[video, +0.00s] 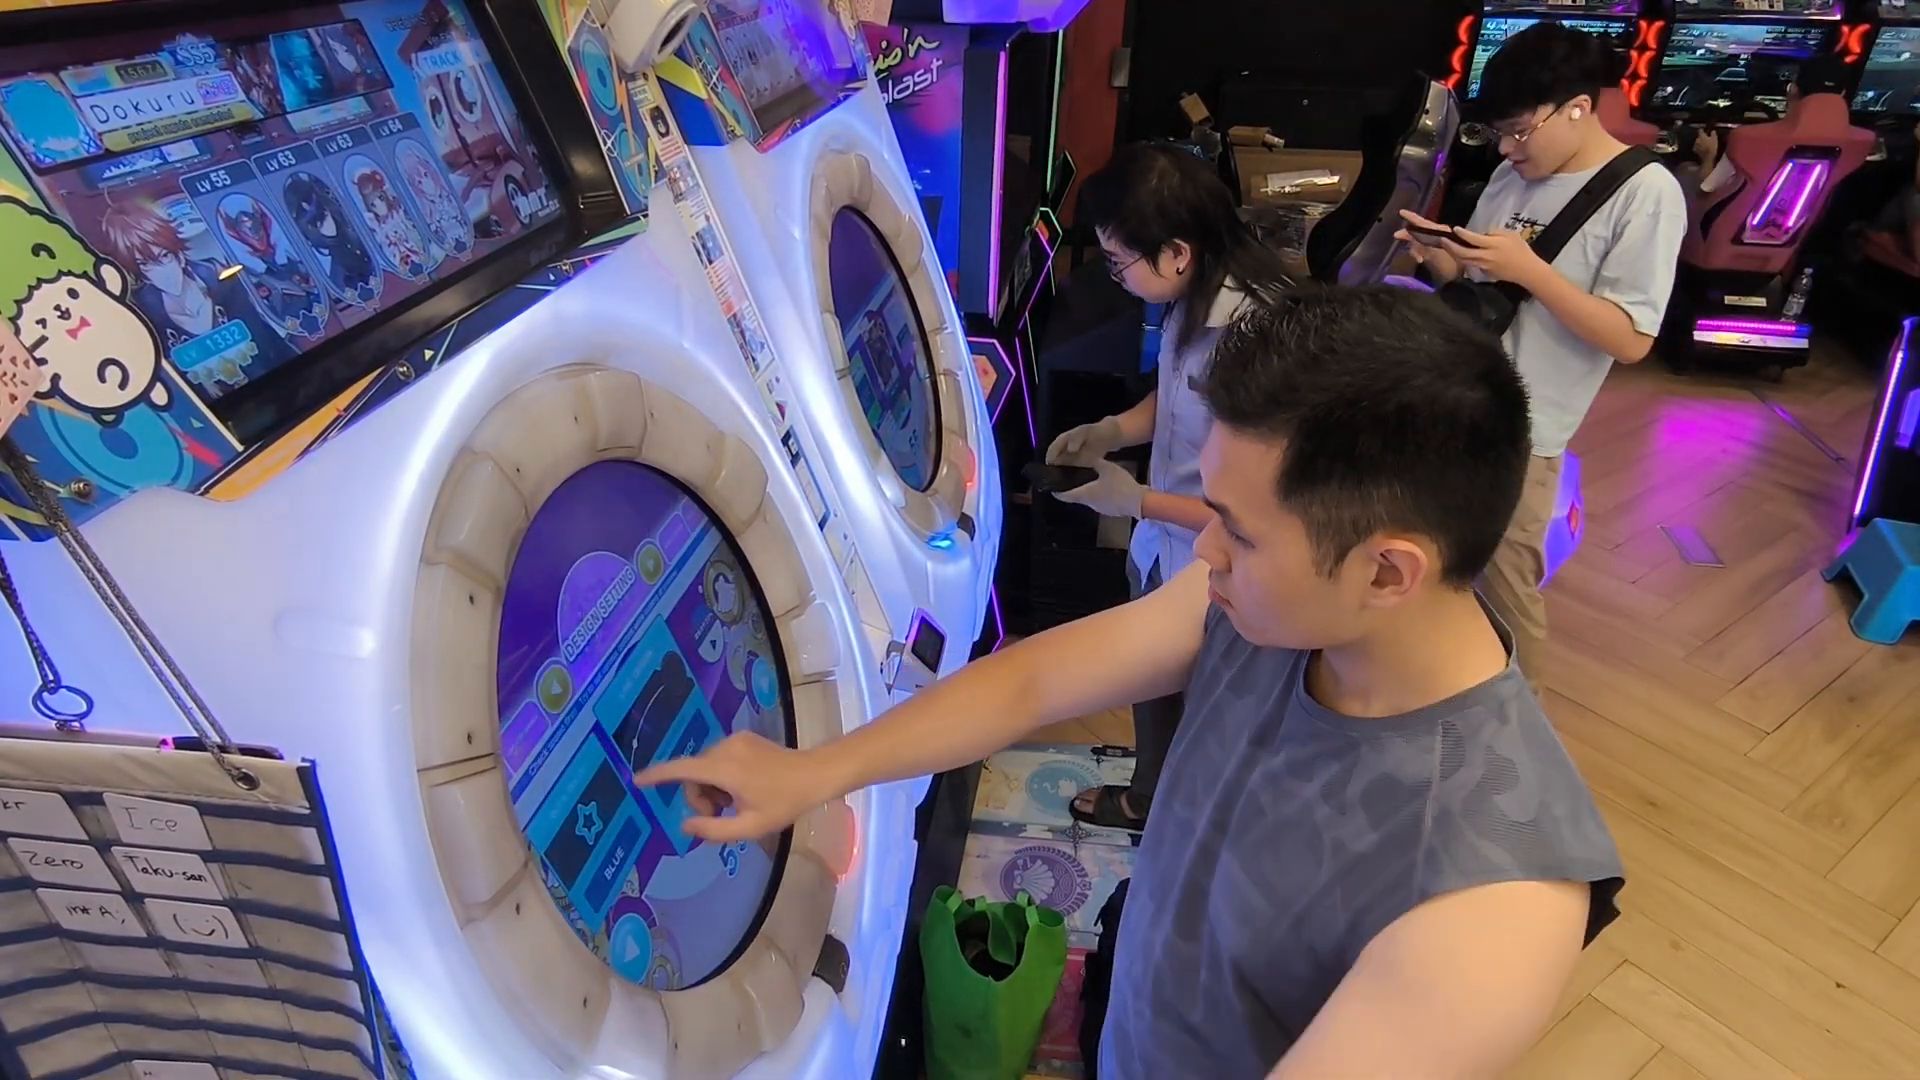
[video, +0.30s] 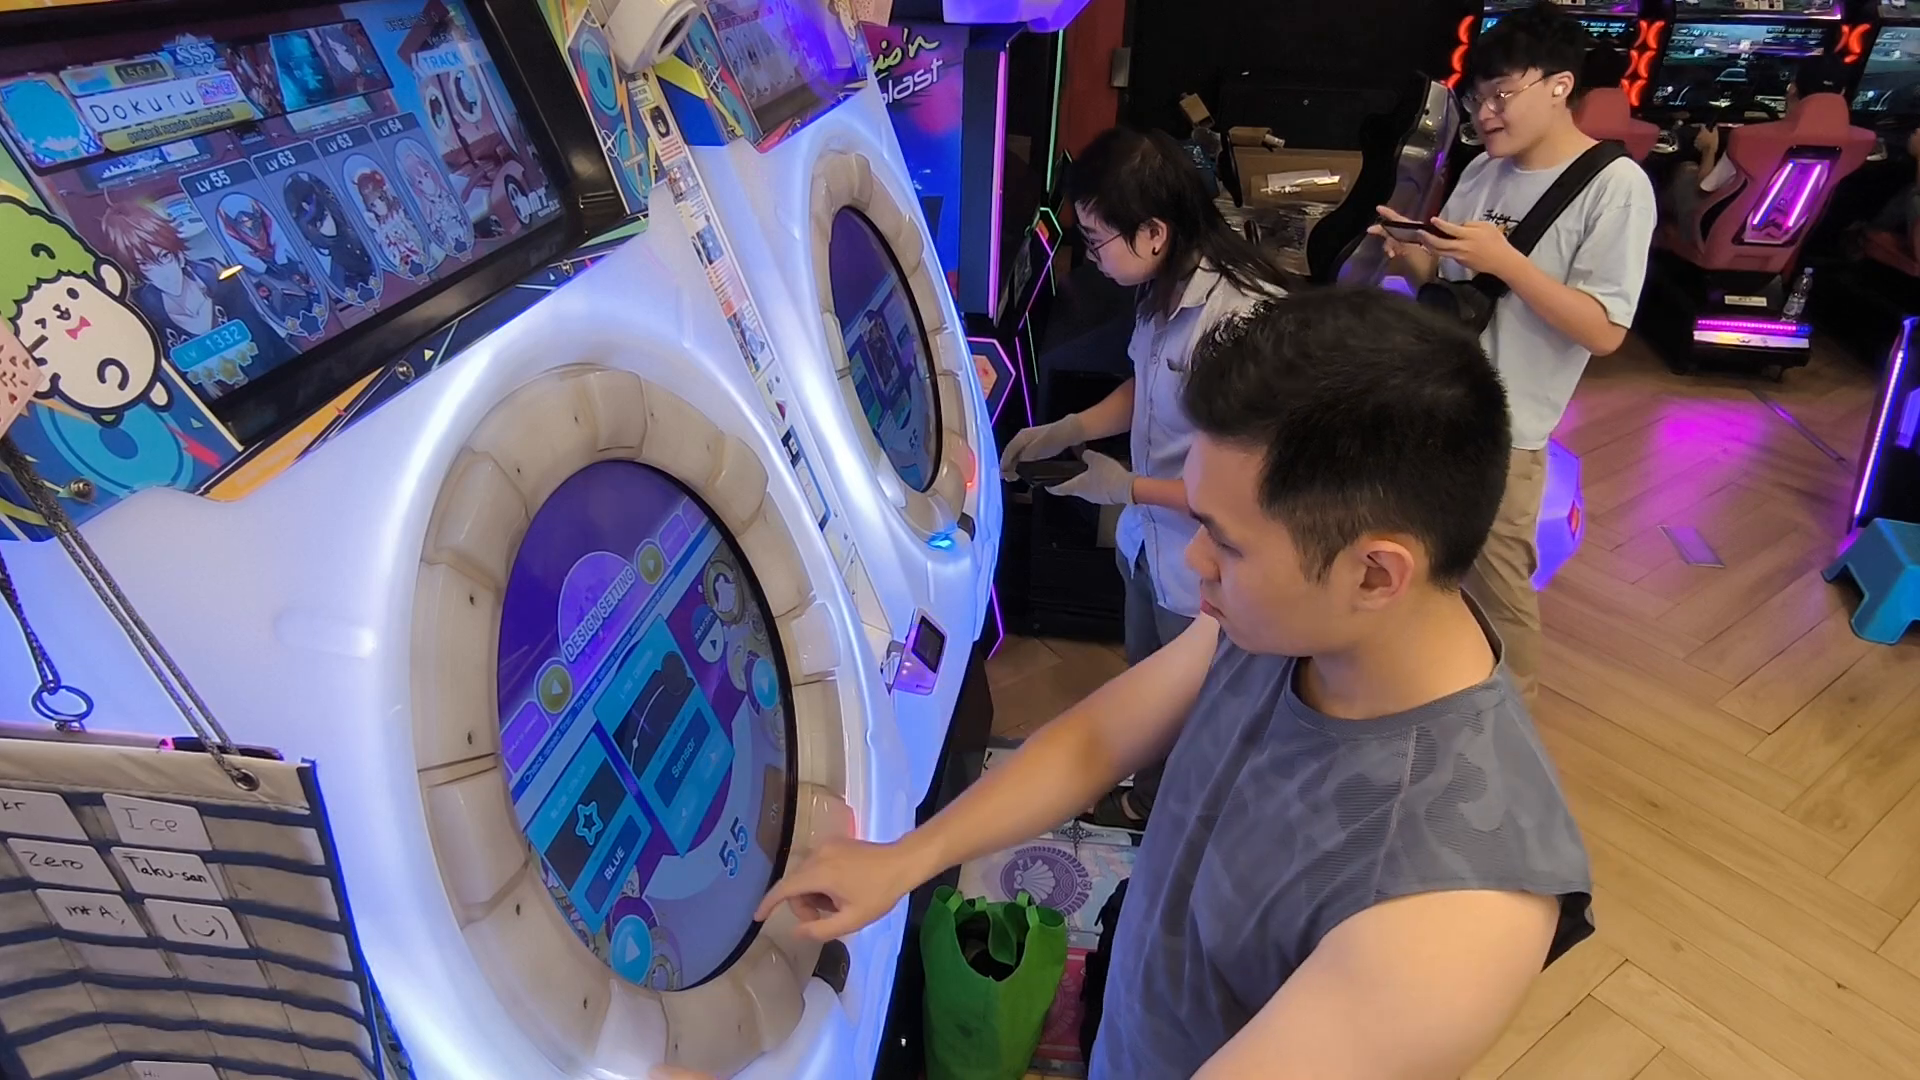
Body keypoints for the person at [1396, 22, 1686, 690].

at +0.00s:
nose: (1507, 150)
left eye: (1519, 132)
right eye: (1500, 135)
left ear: (1579, 109)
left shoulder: (1648, 192)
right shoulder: (1510, 173)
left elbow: (1632, 337)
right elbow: (1468, 284)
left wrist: (1527, 269)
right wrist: (1437, 258)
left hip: (1525, 442)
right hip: (1446, 413)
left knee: (1504, 604)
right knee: (1416, 588)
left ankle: (1507, 739)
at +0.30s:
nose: (1485, 114)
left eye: (1501, 95)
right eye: (1479, 101)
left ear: (1559, 88)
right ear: (1472, 107)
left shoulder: (1619, 186)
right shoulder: (1483, 172)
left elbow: (1604, 331)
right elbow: (1429, 269)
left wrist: (1503, 261)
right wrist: (1405, 250)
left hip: (1509, 436)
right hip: (1427, 414)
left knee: (1499, 597)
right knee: (1407, 578)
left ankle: (1504, 722)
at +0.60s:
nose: (1476, 108)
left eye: (1493, 91)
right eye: (1470, 94)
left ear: (1551, 87)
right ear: (1464, 97)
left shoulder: (1608, 183)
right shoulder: (1471, 170)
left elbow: (1596, 327)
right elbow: (1425, 271)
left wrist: (1497, 259)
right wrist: (1403, 254)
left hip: (1503, 434)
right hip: (1418, 410)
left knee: (1485, 589)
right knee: (1397, 578)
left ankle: (1494, 710)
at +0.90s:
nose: (1501, 107)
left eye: (1523, 92)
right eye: (1492, 90)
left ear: (1576, 90)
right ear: (1480, 90)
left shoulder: (1620, 185)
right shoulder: (1471, 166)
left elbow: (1608, 330)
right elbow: (1419, 286)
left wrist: (1518, 265)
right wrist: (1407, 258)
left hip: (1512, 431)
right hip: (1419, 400)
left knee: (1495, 590)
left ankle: (1498, 732)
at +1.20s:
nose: (1534, 140)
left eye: (1554, 123)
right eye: (1523, 122)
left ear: (1612, 104)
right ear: (1513, 109)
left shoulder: (1665, 190)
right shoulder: (1507, 169)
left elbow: (1654, 341)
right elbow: (1443, 296)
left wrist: (1567, 273)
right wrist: (1438, 260)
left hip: (1541, 441)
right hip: (1452, 406)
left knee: (1506, 606)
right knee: (1413, 577)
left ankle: (1488, 742)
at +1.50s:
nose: (1558, 146)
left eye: (1579, 128)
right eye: (1551, 125)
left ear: (1645, 110)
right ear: (1543, 109)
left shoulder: (1700, 201)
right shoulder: (1539, 176)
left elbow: (1679, 357)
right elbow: (1470, 304)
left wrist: (1587, 282)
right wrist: (1462, 268)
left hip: (1566, 463)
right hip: (1474, 424)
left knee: (1516, 625)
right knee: (1427, 597)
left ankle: (1489, 756)